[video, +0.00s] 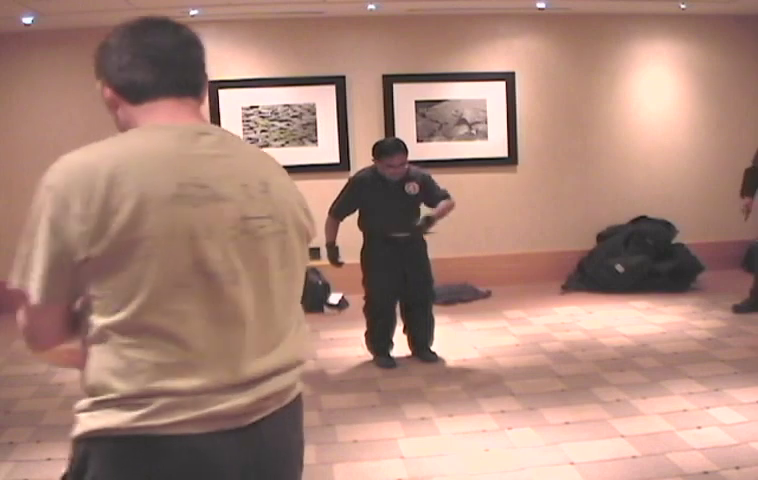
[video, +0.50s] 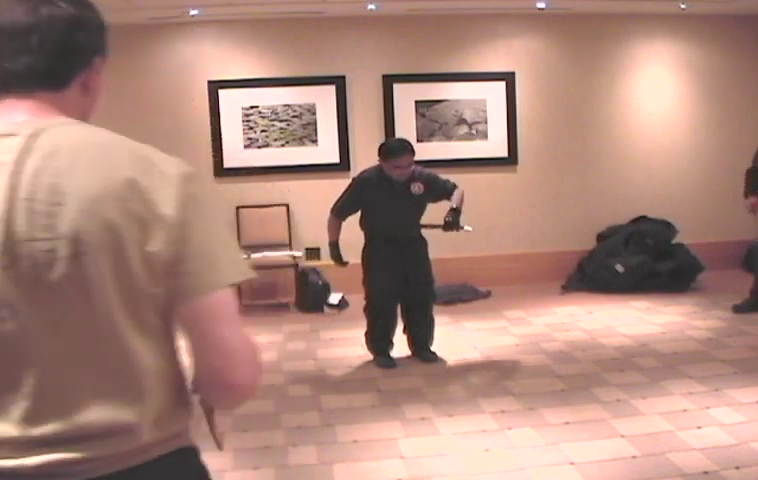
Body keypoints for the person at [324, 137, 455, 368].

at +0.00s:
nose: (399, 171)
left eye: (402, 165)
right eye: (392, 167)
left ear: (408, 160)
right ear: (378, 164)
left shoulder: (418, 178)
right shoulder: (362, 182)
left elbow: (446, 202)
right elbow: (334, 215)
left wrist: (432, 218)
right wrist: (330, 245)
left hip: (412, 246)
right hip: (379, 247)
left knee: (419, 297)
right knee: (380, 301)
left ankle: (421, 346)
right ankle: (381, 350)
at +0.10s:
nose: (398, 171)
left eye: (402, 165)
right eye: (391, 167)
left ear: (408, 161)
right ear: (378, 164)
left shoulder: (419, 178)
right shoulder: (363, 182)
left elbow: (454, 196)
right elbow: (335, 215)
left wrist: (447, 214)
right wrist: (331, 245)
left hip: (412, 247)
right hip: (377, 249)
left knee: (419, 298)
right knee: (380, 302)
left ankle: (421, 346)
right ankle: (380, 351)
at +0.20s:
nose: (399, 171)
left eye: (404, 166)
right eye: (393, 167)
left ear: (410, 161)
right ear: (379, 164)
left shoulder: (420, 178)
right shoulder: (364, 182)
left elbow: (459, 191)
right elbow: (335, 214)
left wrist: (456, 210)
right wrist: (332, 244)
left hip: (412, 247)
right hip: (377, 249)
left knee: (419, 298)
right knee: (379, 302)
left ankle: (421, 346)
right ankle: (380, 351)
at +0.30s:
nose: (401, 171)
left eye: (405, 166)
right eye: (394, 167)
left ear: (411, 161)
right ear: (381, 164)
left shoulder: (421, 178)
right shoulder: (365, 181)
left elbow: (459, 189)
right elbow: (336, 213)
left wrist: (457, 209)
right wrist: (333, 244)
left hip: (412, 247)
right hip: (377, 249)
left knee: (419, 298)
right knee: (379, 302)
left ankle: (421, 346)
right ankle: (380, 351)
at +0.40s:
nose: (403, 172)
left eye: (407, 166)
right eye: (396, 168)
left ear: (412, 161)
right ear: (382, 164)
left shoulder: (422, 178)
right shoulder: (366, 182)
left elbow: (457, 190)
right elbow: (336, 214)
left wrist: (455, 210)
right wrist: (333, 244)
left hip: (412, 247)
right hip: (378, 249)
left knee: (419, 297)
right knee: (380, 302)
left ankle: (421, 346)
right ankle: (380, 350)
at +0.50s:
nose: (405, 172)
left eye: (409, 166)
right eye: (398, 168)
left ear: (414, 161)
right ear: (384, 164)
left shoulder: (422, 177)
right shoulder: (367, 182)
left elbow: (456, 191)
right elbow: (336, 214)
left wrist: (453, 211)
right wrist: (333, 245)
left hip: (413, 247)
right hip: (378, 249)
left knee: (420, 297)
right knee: (381, 301)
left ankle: (421, 346)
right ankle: (380, 350)